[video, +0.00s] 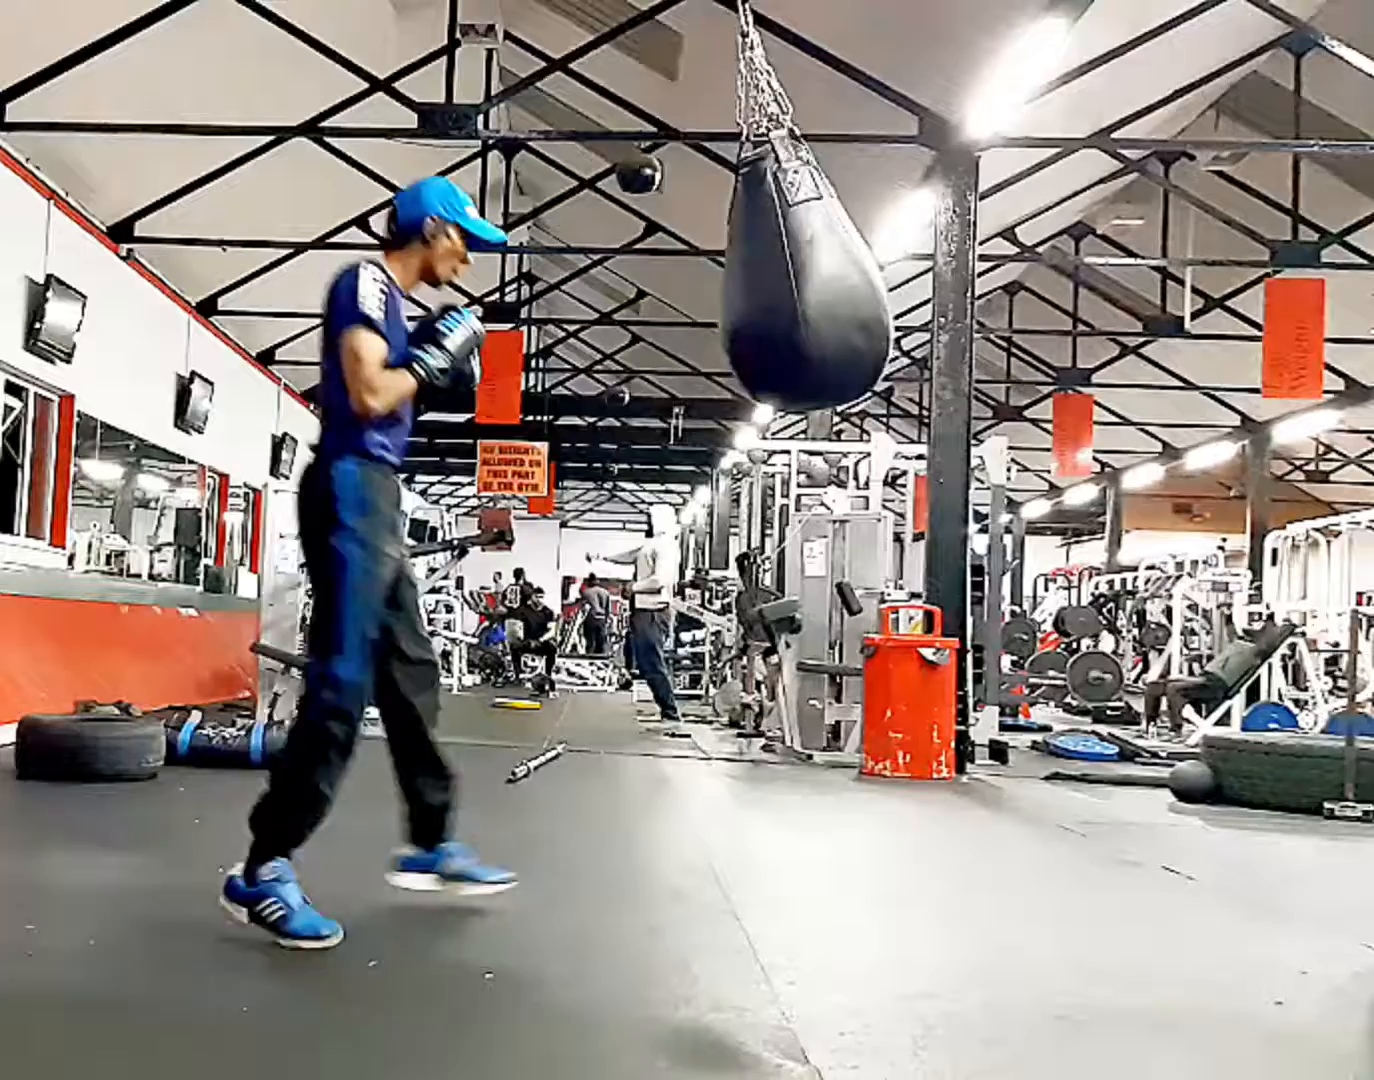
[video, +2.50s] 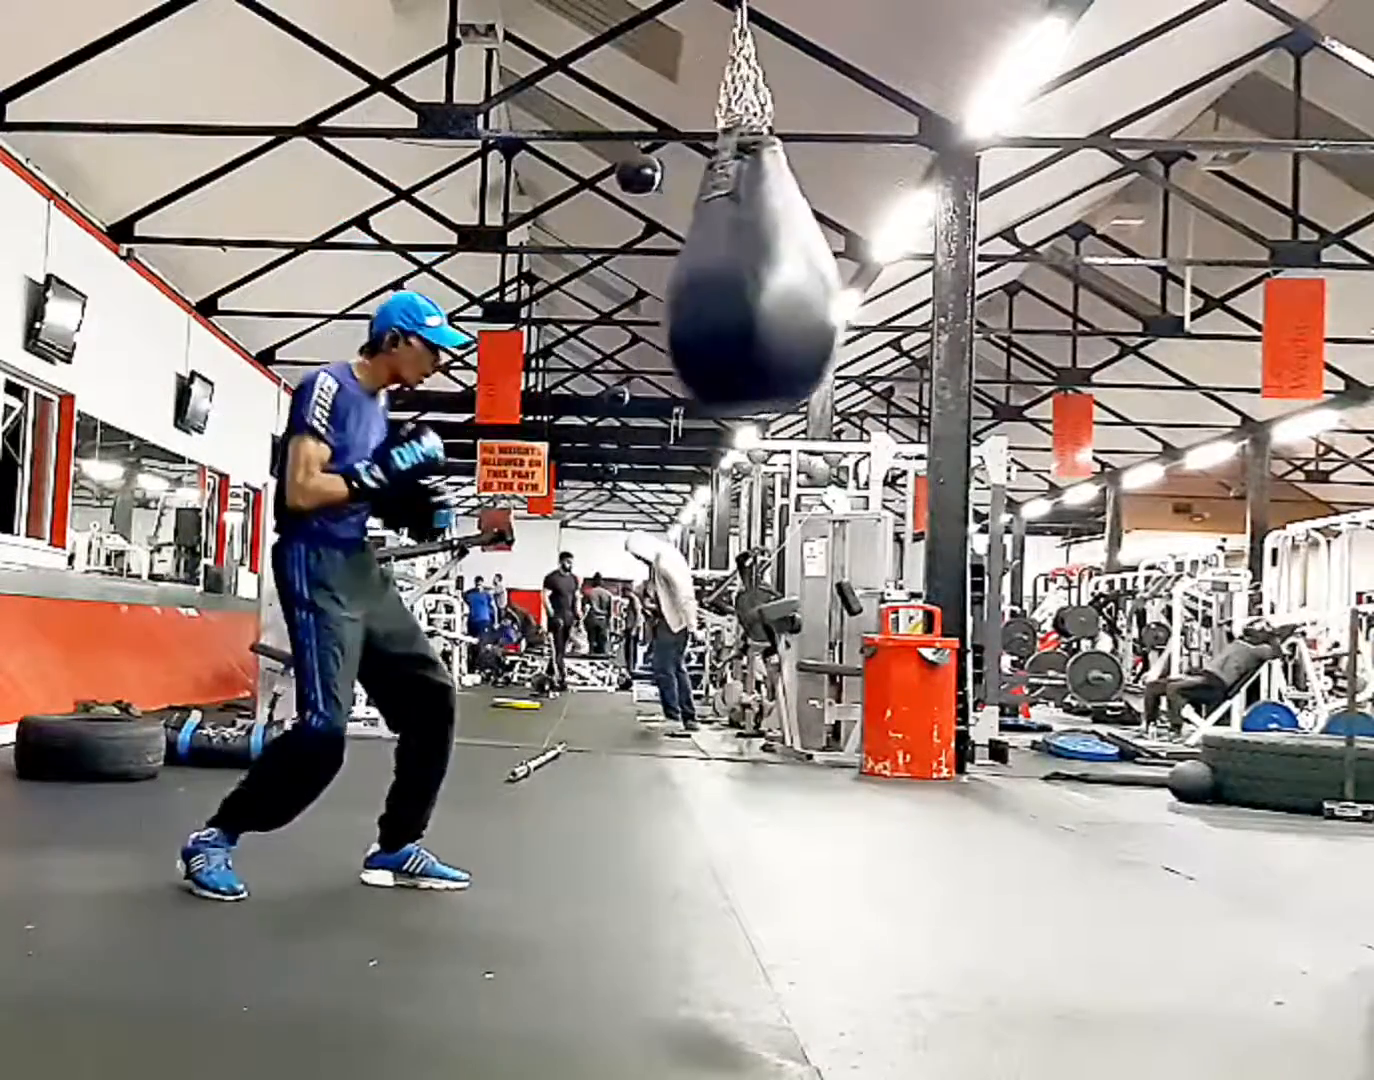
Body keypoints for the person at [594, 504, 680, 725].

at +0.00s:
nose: (648, 522)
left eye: (652, 518)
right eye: (650, 518)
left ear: (661, 521)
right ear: (660, 521)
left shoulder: (666, 546)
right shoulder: (649, 545)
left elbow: (660, 581)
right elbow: (627, 557)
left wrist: (633, 587)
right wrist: (601, 559)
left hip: (653, 609)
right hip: (641, 608)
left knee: (653, 664)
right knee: (644, 663)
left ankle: (670, 712)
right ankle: (666, 709)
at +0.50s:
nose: (643, 527)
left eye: (647, 523)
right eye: (644, 523)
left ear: (657, 523)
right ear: (657, 523)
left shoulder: (668, 546)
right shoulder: (652, 547)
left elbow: (663, 580)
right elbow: (633, 573)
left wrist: (636, 589)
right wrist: (609, 580)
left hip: (656, 609)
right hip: (643, 608)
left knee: (652, 663)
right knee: (643, 664)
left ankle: (670, 712)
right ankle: (666, 709)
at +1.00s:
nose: (630, 541)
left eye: (630, 536)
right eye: (629, 537)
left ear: (637, 532)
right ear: (644, 528)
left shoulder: (656, 544)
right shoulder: (652, 545)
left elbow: (663, 577)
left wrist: (644, 598)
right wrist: (640, 593)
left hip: (663, 610)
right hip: (657, 609)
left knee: (659, 662)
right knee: (657, 662)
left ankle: (671, 713)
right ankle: (669, 711)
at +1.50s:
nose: (638, 548)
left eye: (637, 544)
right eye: (636, 544)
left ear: (643, 538)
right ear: (651, 532)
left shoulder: (657, 553)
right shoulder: (671, 546)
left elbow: (672, 585)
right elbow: (687, 580)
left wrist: (683, 613)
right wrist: (695, 607)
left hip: (665, 616)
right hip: (676, 613)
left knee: (660, 666)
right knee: (672, 664)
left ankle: (673, 714)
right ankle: (685, 712)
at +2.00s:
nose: (647, 563)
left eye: (646, 558)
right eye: (645, 559)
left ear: (652, 553)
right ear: (659, 545)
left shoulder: (672, 568)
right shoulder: (673, 560)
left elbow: (690, 599)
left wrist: (696, 621)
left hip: (671, 626)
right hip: (676, 623)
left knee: (654, 663)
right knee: (673, 667)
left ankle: (672, 710)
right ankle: (688, 714)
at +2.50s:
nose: (641, 561)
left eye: (639, 556)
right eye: (638, 557)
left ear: (645, 550)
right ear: (645, 546)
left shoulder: (667, 561)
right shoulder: (659, 562)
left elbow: (685, 593)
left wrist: (692, 625)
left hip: (671, 624)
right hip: (671, 623)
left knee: (663, 668)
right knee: (677, 667)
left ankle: (674, 716)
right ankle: (689, 715)